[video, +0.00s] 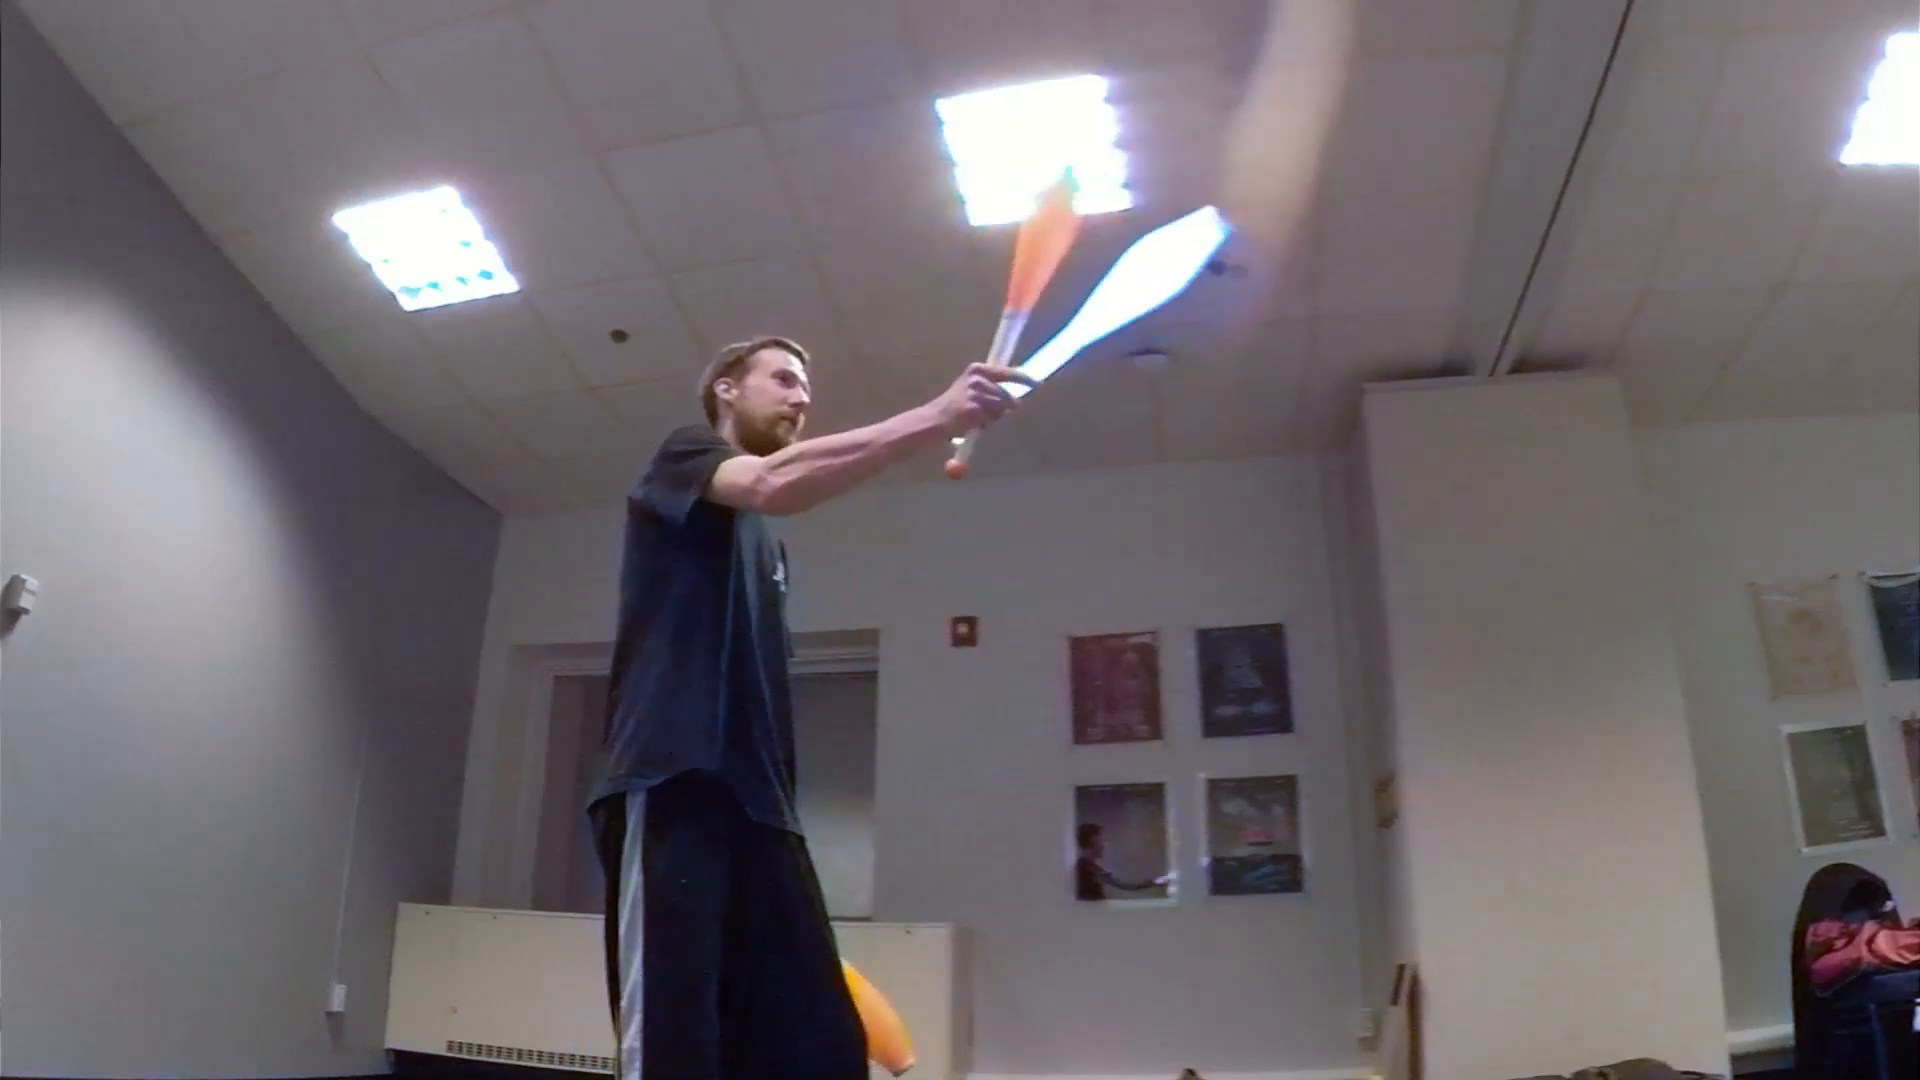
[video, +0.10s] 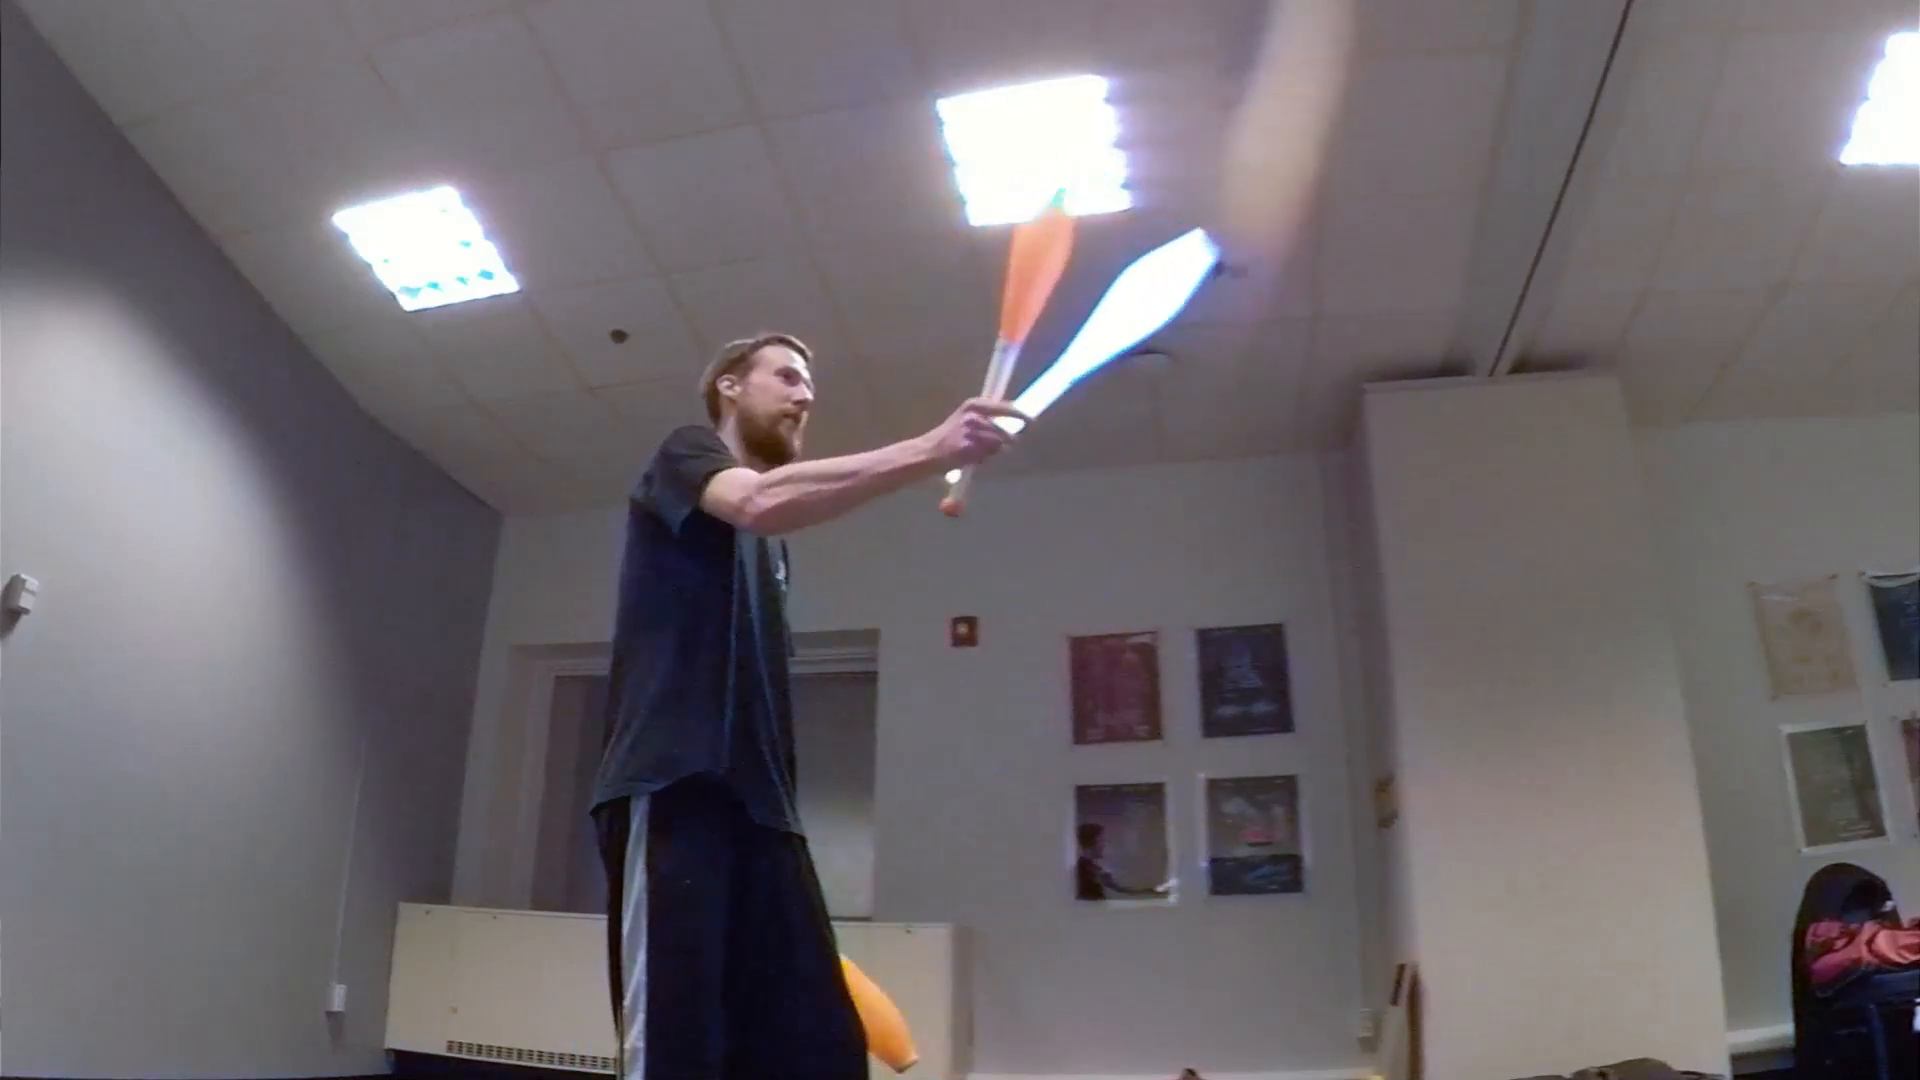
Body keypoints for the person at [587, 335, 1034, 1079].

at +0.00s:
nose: (801, 397)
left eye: (805, 388)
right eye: (782, 378)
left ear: (799, 411)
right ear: (724, 388)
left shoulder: (763, 534)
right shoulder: (684, 454)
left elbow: (751, 666)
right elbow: (770, 484)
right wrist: (934, 415)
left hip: (755, 798)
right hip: (674, 786)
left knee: (813, 1029)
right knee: (671, 1026)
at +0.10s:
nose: (805, 395)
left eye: (808, 386)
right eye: (786, 376)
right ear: (728, 385)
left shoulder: (763, 515)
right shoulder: (685, 451)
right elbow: (757, 502)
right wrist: (930, 447)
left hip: (756, 793)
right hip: (675, 784)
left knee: (813, 1030)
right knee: (678, 1024)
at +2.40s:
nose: (821, 388)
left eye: (823, 377)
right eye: (799, 369)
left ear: (818, 411)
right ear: (741, 385)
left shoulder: (793, 536)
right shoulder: (690, 476)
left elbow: (782, 693)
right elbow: (670, 628)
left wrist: (859, 734)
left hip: (771, 831)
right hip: (673, 826)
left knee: (843, 1040)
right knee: (681, 1053)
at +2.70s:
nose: (869, 420)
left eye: (869, 407)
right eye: (848, 401)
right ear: (786, 418)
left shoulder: (821, 561)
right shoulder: (724, 531)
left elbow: (776, 707)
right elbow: (659, 715)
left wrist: (835, 778)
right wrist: (686, 882)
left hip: (769, 859)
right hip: (685, 864)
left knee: (861, 1044)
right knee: (708, 1066)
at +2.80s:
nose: (887, 415)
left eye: (889, 404)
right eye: (866, 395)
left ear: (882, 434)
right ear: (804, 411)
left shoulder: (836, 556)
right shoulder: (750, 515)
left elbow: (792, 690)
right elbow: (717, 690)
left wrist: (832, 769)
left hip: (771, 859)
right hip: (685, 855)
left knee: (804, 1062)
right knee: (707, 1063)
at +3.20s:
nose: (909, 385)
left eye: (911, 375)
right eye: (888, 363)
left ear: (904, 409)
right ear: (828, 376)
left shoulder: (868, 537)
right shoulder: (776, 453)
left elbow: (855, 679)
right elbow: (820, 555)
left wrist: (883, 740)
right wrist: (995, 535)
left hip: (809, 832)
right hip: (711, 821)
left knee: (843, 1056)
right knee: (691, 1057)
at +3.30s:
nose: (899, 375)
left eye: (900, 366)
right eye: (876, 356)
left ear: (897, 403)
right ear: (817, 374)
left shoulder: (873, 531)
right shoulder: (755, 450)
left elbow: (864, 671)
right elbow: (739, 585)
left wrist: (902, 715)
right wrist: (901, 592)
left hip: (814, 830)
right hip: (709, 818)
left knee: (851, 1052)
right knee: (686, 1055)